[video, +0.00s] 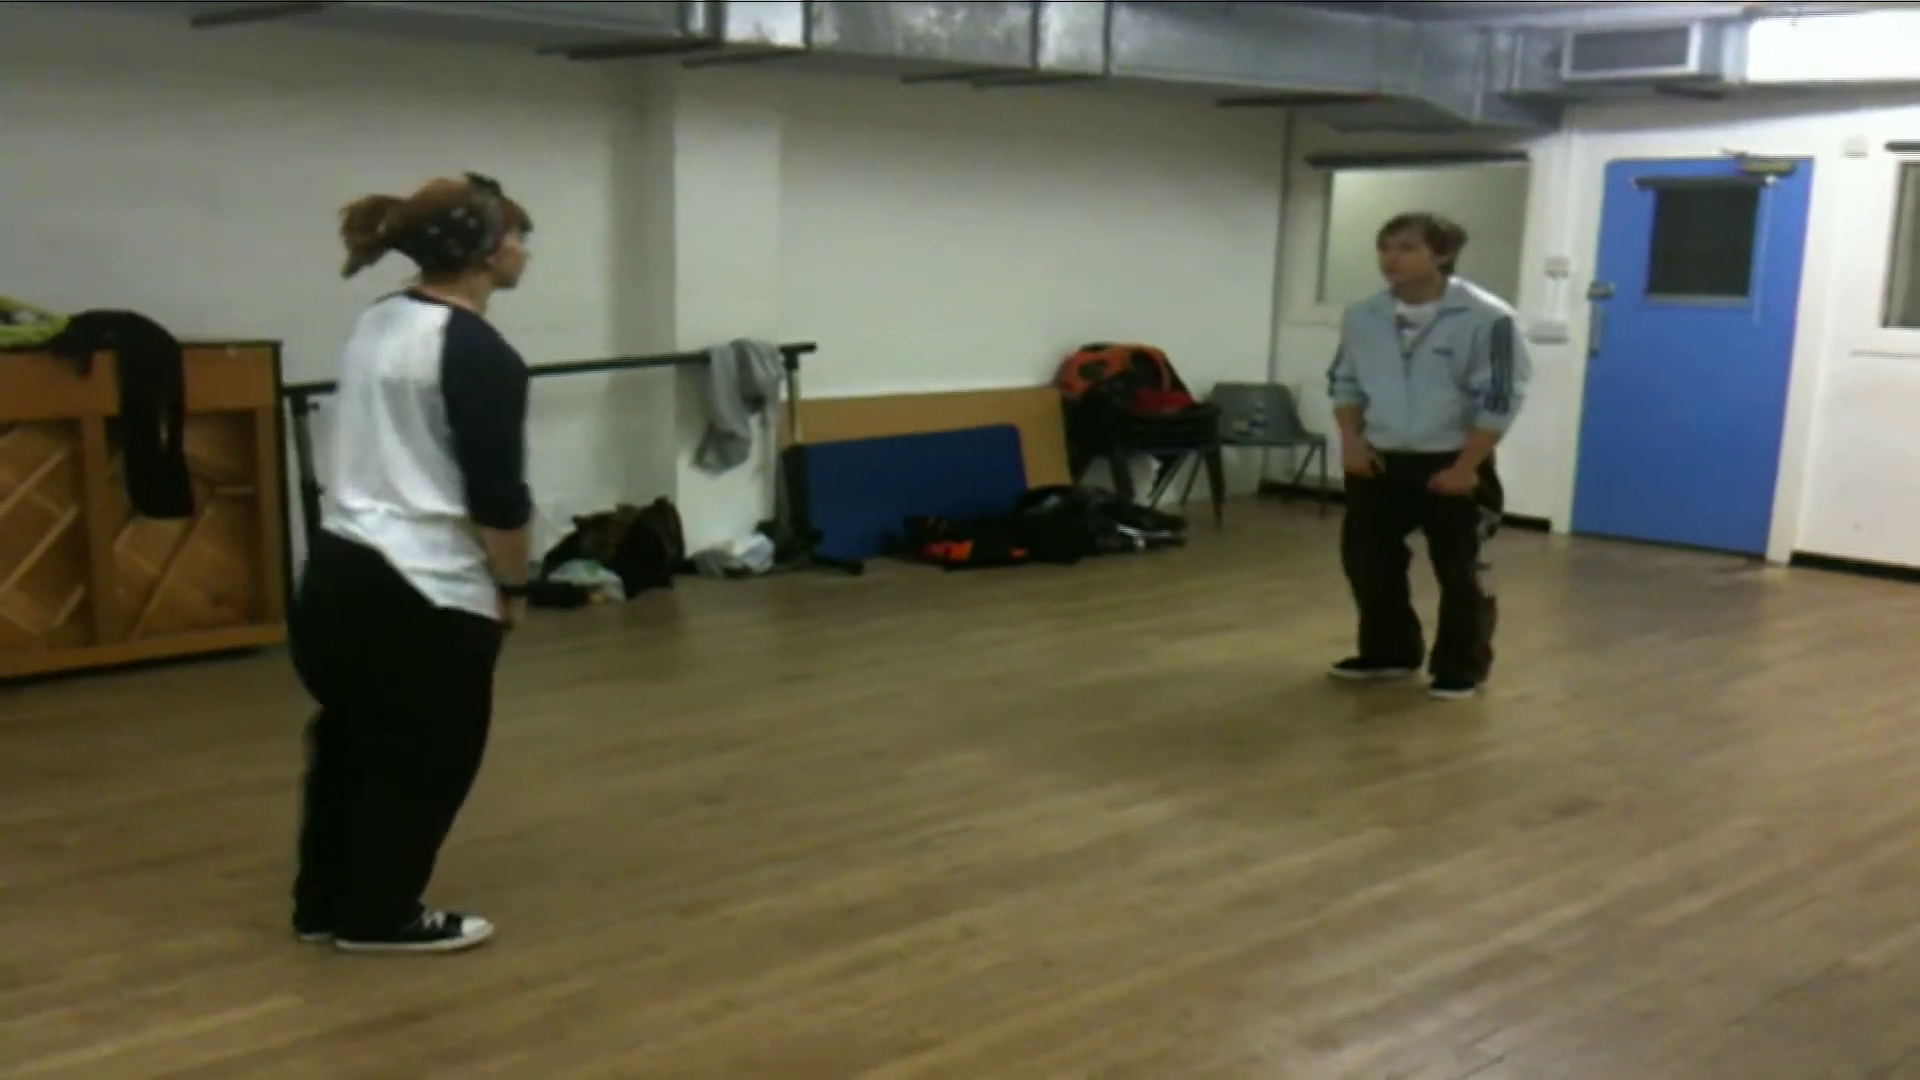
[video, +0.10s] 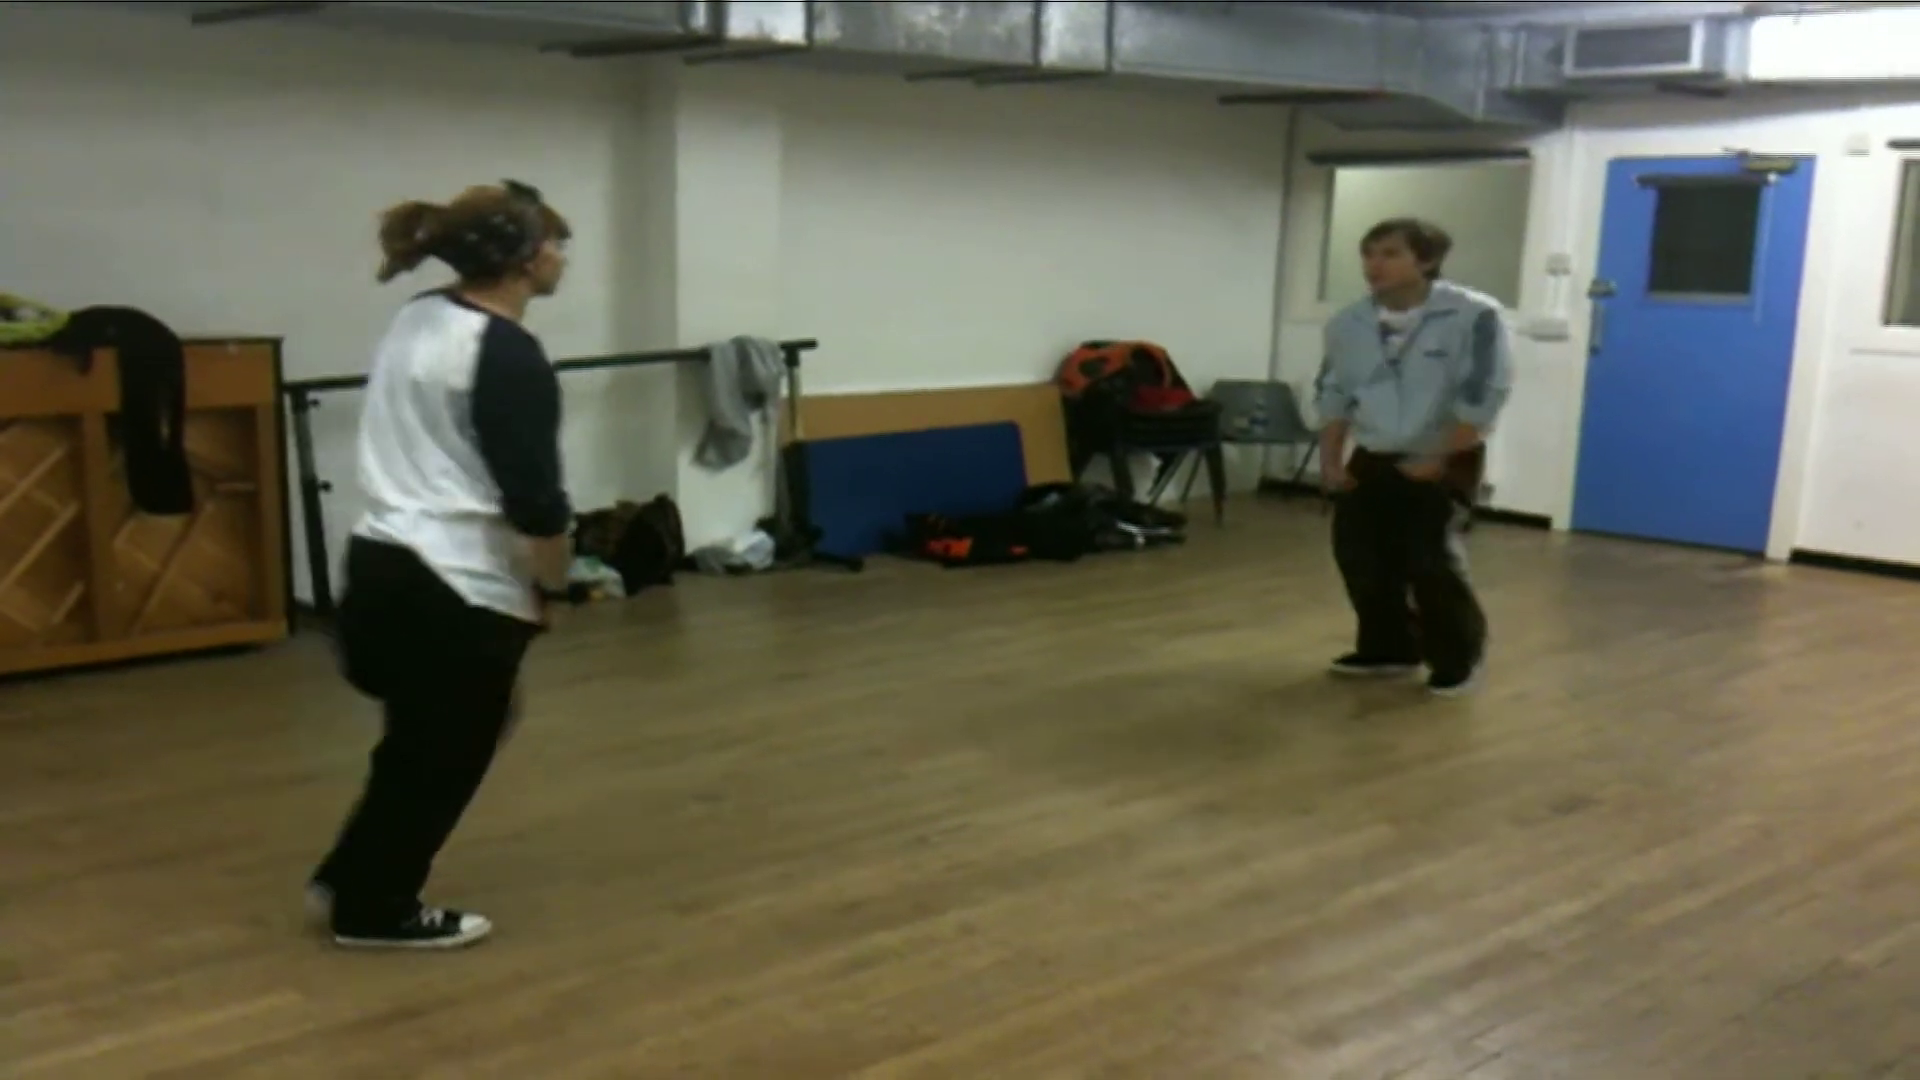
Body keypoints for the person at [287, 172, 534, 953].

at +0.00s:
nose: (525, 247)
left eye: (522, 233)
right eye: (516, 234)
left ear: (440, 246)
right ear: (479, 248)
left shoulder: (375, 326)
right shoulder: (480, 354)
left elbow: (370, 461)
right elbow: (498, 500)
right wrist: (512, 588)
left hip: (341, 576)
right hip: (428, 594)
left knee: (355, 736)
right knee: (434, 757)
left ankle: (325, 900)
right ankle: (379, 910)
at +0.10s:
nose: (562, 257)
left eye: (560, 242)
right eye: (554, 245)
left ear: (479, 253)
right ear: (521, 257)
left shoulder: (416, 321)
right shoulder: (508, 353)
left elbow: (430, 458)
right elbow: (538, 505)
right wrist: (550, 587)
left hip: (380, 566)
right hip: (456, 586)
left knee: (420, 730)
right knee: (451, 751)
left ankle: (349, 872)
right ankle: (378, 907)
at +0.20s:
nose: (601, 279)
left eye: (600, 264)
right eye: (595, 266)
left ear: (518, 267)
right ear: (569, 273)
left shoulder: (458, 336)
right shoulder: (552, 367)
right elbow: (583, 507)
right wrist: (592, 581)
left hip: (420, 564)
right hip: (488, 577)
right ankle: (383, 902)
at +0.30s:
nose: (648, 308)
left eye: (646, 293)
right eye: (641, 295)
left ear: (569, 301)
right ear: (616, 304)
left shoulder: (522, 362)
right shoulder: (607, 383)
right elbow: (624, 521)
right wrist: (630, 585)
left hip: (461, 568)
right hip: (511, 585)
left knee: (628, 666)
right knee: (582, 744)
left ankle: (631, 818)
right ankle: (400, 886)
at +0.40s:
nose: (707, 343)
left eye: (706, 328)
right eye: (701, 330)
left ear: (631, 331)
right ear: (673, 334)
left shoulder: (587, 386)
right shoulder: (668, 384)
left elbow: (570, 493)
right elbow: (646, 500)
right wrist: (678, 566)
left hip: (525, 587)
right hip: (582, 607)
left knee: (685, 662)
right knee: (611, 773)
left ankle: (738, 783)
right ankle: (411, 887)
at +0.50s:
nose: (746, 346)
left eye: (745, 335)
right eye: (740, 336)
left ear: (671, 340)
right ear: (718, 337)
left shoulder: (629, 397)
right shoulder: (723, 382)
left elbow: (611, 506)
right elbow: (719, 496)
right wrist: (744, 559)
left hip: (606, 590)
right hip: (663, 599)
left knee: (749, 661)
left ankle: (753, 797)